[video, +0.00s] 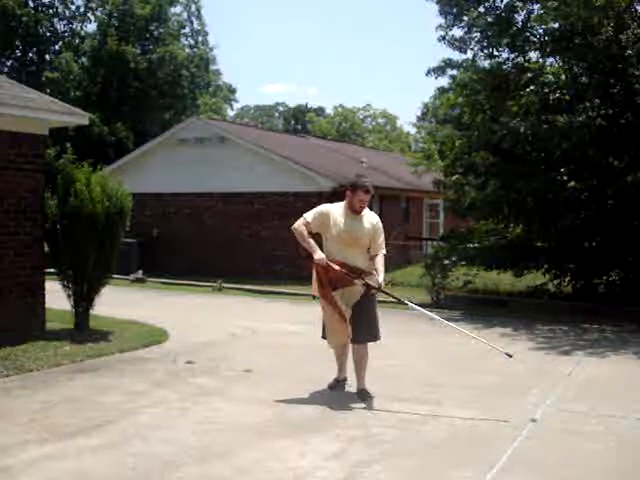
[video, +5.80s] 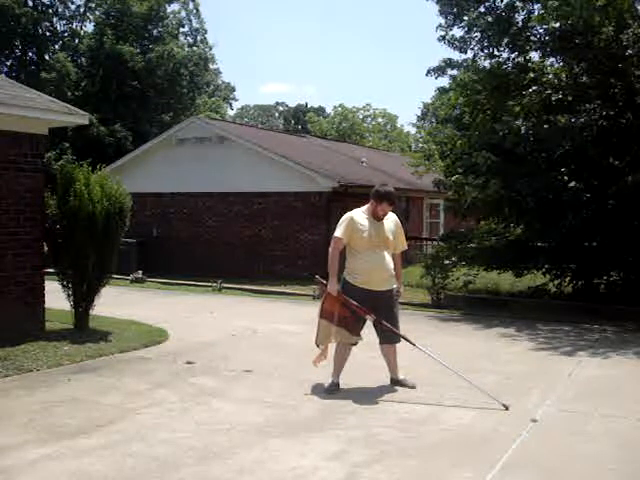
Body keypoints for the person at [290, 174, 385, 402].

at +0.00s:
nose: (363, 204)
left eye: (367, 200)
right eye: (360, 199)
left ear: (370, 199)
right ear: (348, 194)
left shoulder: (372, 221)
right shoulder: (328, 212)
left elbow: (378, 252)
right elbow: (299, 227)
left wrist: (379, 275)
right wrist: (315, 251)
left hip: (362, 288)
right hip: (333, 289)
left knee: (361, 339)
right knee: (338, 337)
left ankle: (361, 386)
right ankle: (341, 376)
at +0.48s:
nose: (363, 209)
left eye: (366, 205)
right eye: (360, 204)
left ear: (370, 203)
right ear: (350, 199)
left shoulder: (373, 219)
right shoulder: (330, 217)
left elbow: (380, 251)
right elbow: (314, 246)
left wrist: (386, 277)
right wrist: (318, 280)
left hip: (367, 287)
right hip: (337, 288)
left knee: (380, 332)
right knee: (339, 335)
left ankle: (393, 373)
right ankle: (341, 375)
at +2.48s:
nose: (386, 212)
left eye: (389, 208)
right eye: (384, 207)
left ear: (392, 206)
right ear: (374, 201)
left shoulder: (392, 220)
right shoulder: (353, 218)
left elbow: (396, 250)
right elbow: (339, 249)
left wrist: (398, 269)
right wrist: (335, 280)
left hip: (386, 289)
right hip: (355, 287)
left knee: (389, 335)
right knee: (346, 334)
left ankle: (395, 376)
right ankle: (334, 379)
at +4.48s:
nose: (384, 211)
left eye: (388, 208)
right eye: (381, 207)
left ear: (390, 206)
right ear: (372, 201)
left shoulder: (395, 221)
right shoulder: (353, 219)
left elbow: (400, 255)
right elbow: (341, 251)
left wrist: (405, 281)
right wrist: (336, 282)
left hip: (387, 290)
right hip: (356, 288)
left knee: (389, 336)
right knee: (345, 335)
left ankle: (396, 377)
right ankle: (335, 380)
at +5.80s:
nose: (385, 212)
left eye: (389, 209)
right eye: (383, 208)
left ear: (391, 207)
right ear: (373, 202)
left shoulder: (392, 221)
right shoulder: (352, 219)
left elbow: (397, 255)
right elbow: (335, 248)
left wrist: (398, 283)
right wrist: (332, 279)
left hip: (385, 289)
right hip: (356, 287)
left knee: (389, 337)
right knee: (347, 336)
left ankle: (395, 376)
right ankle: (335, 379)